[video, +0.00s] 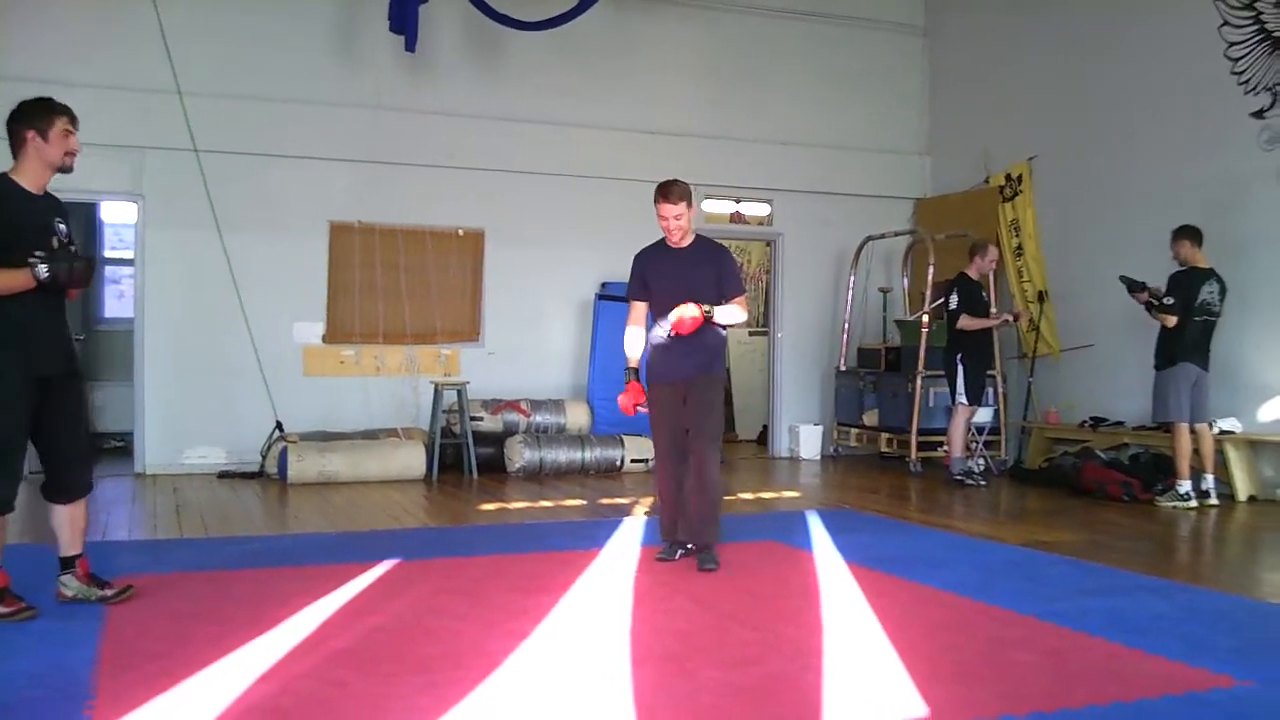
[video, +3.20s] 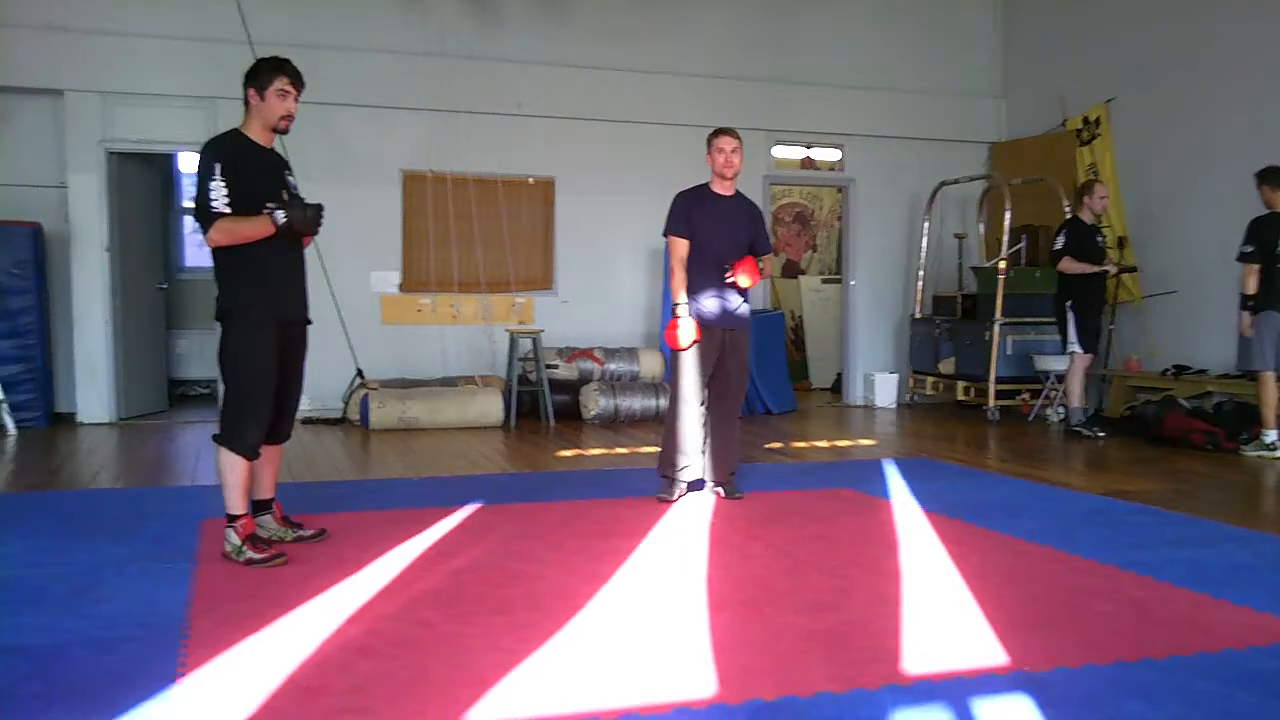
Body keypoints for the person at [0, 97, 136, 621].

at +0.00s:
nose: (76, 144)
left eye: (75, 134)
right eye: (67, 134)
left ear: (42, 141)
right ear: (32, 139)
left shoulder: (56, 209)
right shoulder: (2, 199)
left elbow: (70, 286)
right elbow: (0, 280)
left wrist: (76, 269)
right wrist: (41, 272)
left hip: (54, 360)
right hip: (9, 363)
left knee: (70, 462)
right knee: (6, 475)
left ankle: (74, 573)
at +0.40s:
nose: (123, 156)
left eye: (125, 148)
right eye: (116, 146)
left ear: (99, 150)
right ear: (83, 144)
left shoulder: (96, 215)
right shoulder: (43, 202)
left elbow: (88, 278)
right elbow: (36, 287)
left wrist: (117, 274)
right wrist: (104, 278)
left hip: (101, 364)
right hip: (53, 367)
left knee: (124, 466)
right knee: (45, 472)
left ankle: (147, 573)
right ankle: (31, 588)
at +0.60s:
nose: (177, 159)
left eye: (181, 151)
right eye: (168, 148)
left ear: (175, 158)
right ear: (138, 149)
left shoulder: (155, 219)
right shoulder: (103, 205)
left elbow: (150, 292)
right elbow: (94, 287)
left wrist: (178, 285)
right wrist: (160, 278)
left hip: (162, 365)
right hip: (115, 367)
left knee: (170, 465)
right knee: (95, 471)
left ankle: (177, 573)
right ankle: (63, 583)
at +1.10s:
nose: (228, 161)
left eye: (233, 154)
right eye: (220, 150)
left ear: (233, 163)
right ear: (193, 151)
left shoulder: (218, 224)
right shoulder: (147, 198)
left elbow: (229, 303)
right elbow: (120, 268)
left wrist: (224, 279)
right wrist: (188, 268)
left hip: (201, 357)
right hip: (153, 354)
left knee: (190, 464)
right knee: (159, 460)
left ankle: (171, 567)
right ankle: (118, 568)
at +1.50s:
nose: (226, 108)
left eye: (231, 100)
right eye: (218, 97)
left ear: (229, 104)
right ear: (188, 95)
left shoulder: (215, 166)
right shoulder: (146, 147)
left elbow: (229, 247)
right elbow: (126, 224)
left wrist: (231, 226)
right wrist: (196, 218)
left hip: (209, 306)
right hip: (164, 305)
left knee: (195, 409)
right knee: (179, 410)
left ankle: (161, 511)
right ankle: (187, 530)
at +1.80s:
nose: (256, 113)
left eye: (260, 104)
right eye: (249, 100)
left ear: (245, 105)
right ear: (216, 97)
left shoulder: (226, 164)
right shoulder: (182, 153)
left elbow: (216, 230)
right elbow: (178, 237)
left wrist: (246, 227)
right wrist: (242, 226)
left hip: (237, 311)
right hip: (199, 313)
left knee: (255, 417)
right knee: (207, 421)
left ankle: (200, 498)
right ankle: (210, 540)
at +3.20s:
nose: (291, 106)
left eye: (295, 98)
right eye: (282, 95)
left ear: (293, 104)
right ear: (253, 96)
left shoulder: (278, 162)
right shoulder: (221, 151)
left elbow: (284, 236)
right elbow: (216, 232)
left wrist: (305, 225)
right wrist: (280, 220)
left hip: (288, 309)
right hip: (247, 310)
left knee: (277, 414)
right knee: (243, 416)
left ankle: (265, 516)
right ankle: (238, 534)